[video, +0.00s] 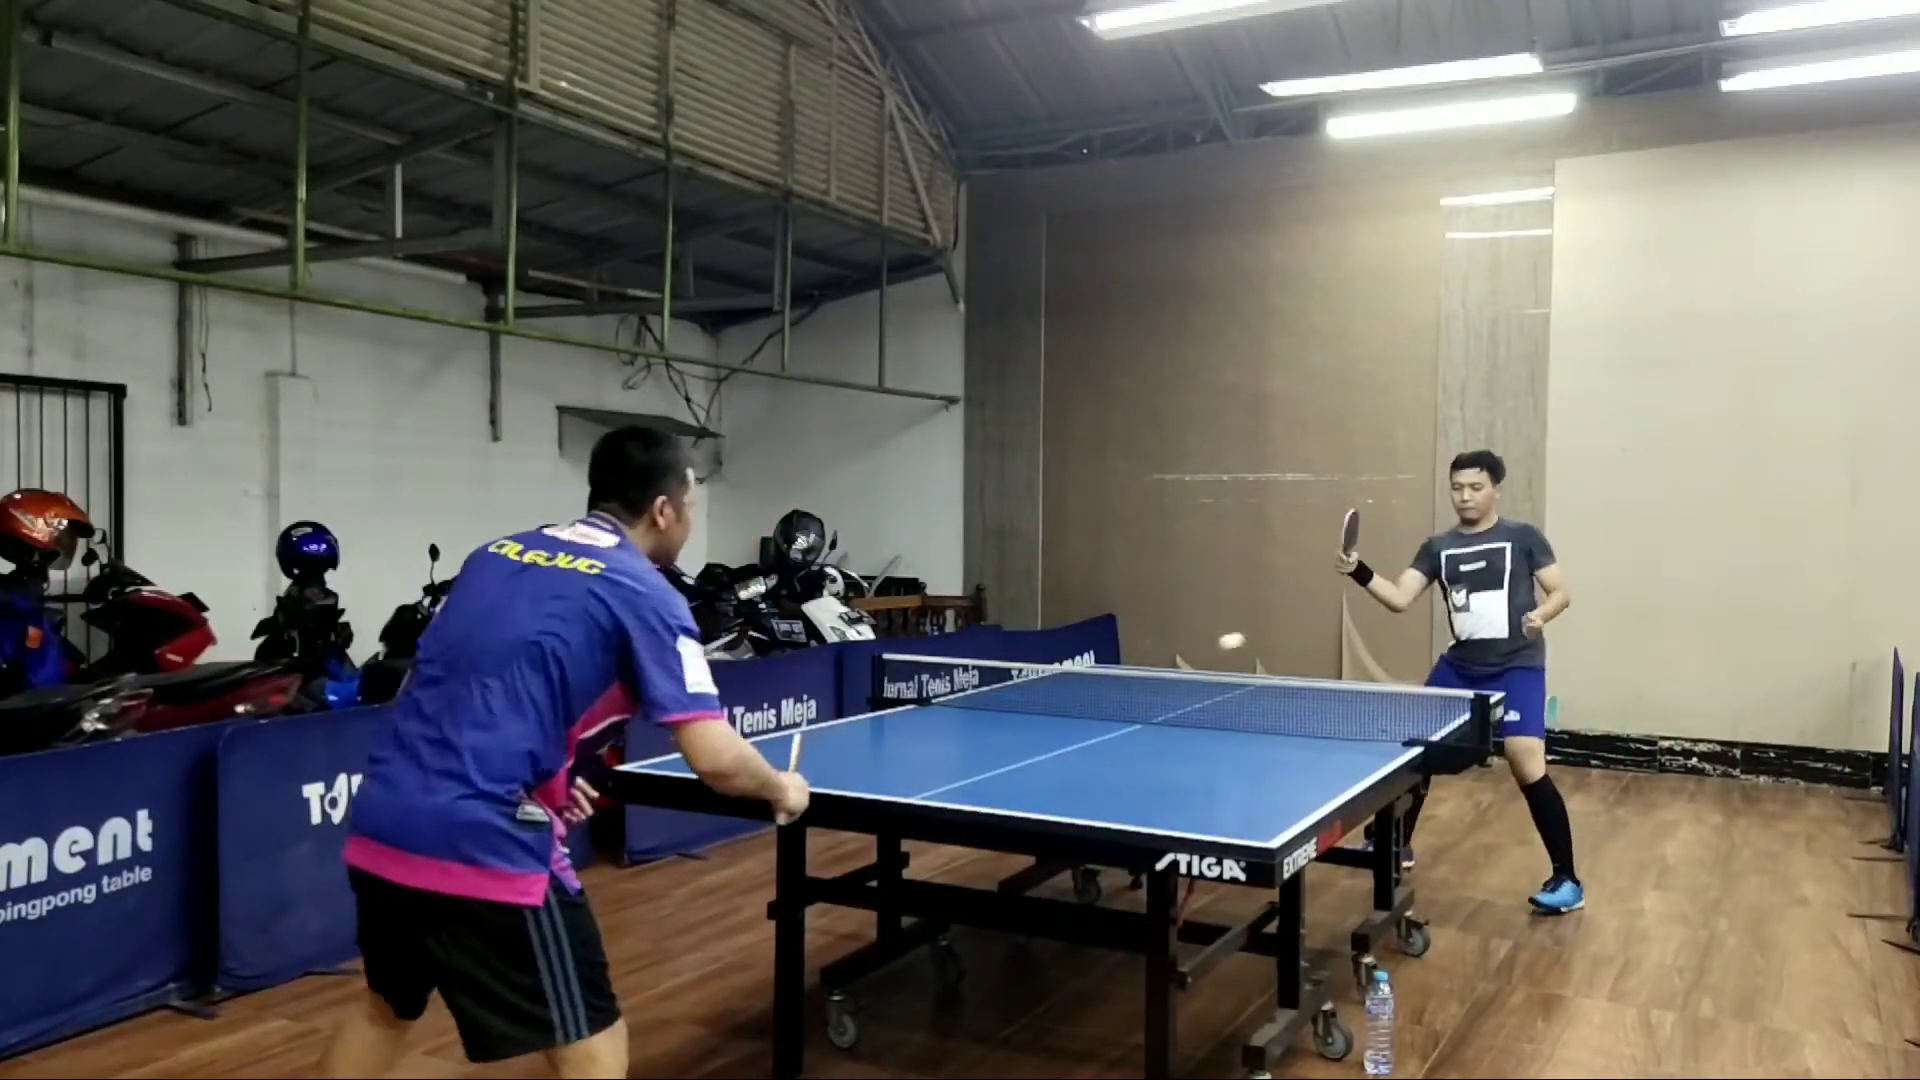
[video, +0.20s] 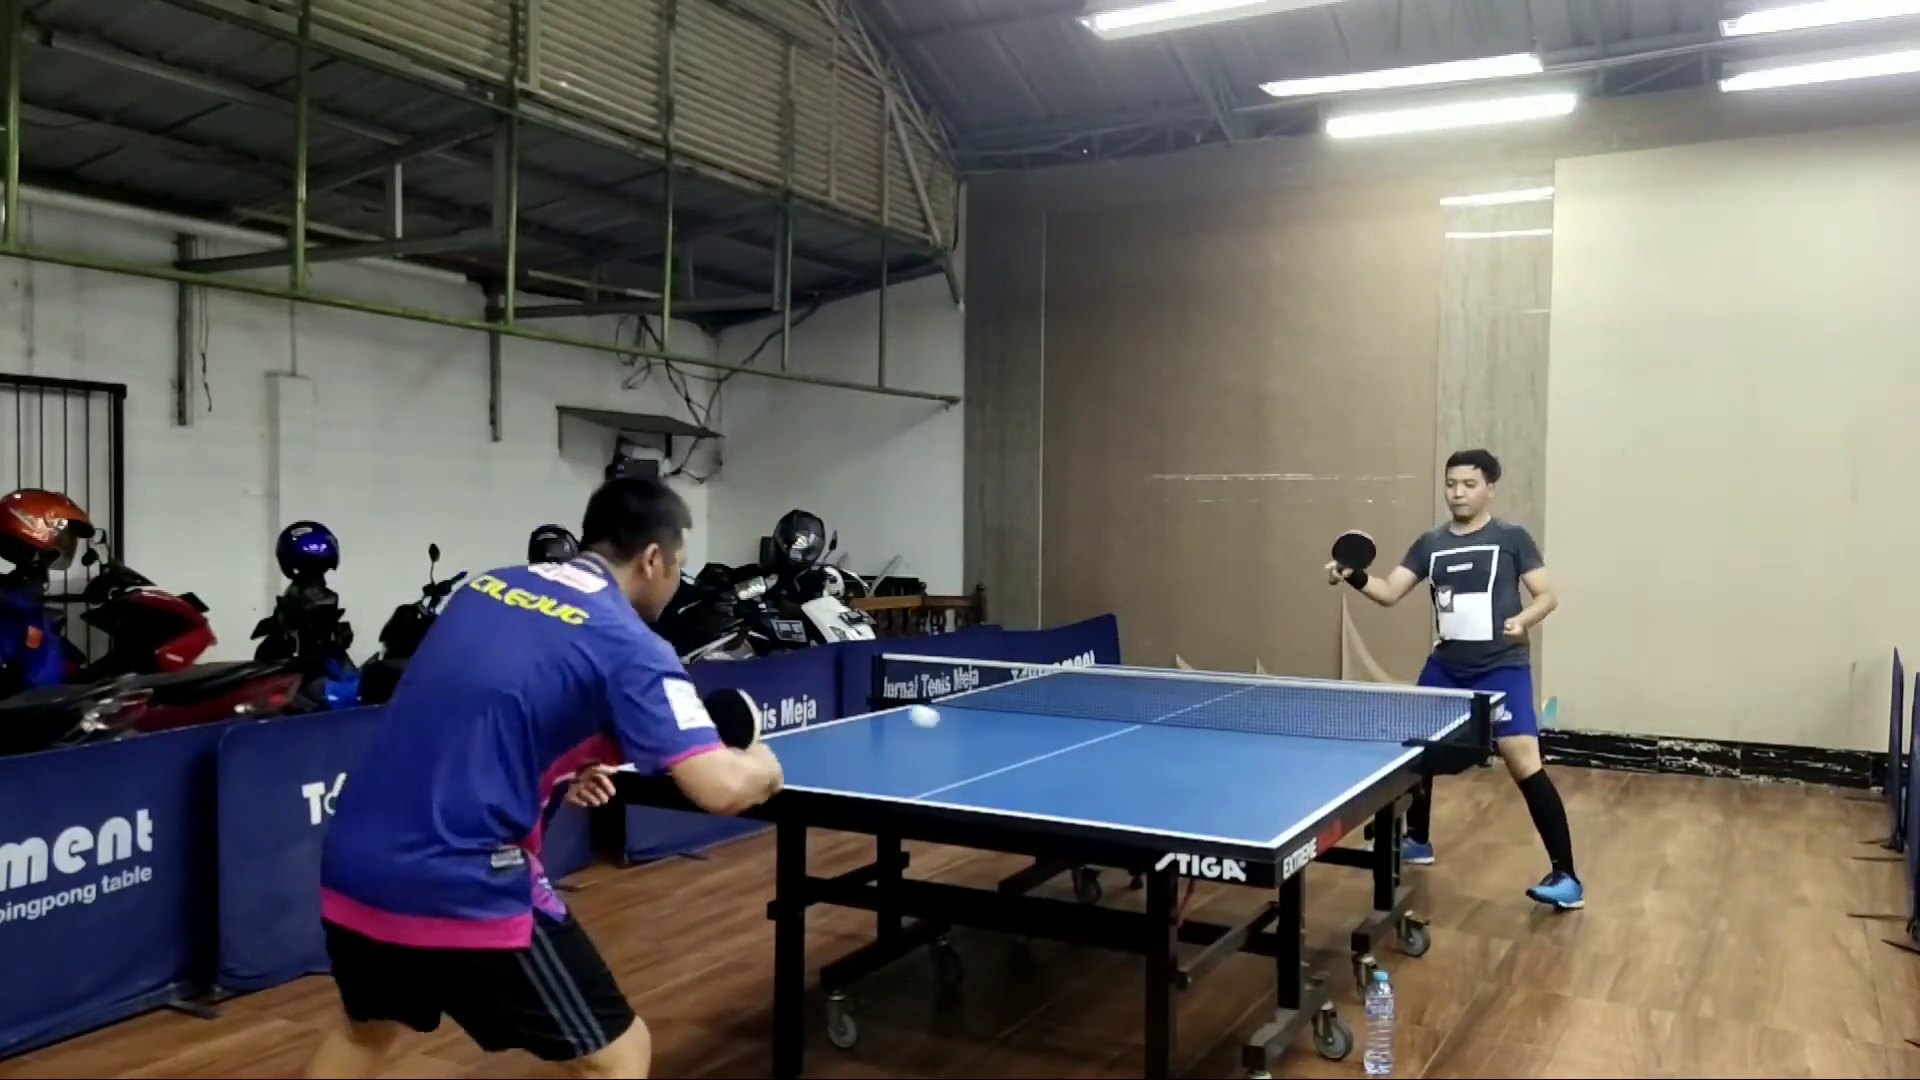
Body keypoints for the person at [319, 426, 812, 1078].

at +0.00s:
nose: (692, 519)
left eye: (691, 501)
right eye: (690, 502)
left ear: (596, 496)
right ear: (662, 509)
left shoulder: (498, 551)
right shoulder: (645, 592)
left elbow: (442, 681)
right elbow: (716, 757)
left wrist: (539, 760)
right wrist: (778, 790)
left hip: (378, 828)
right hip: (488, 845)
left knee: (382, 1006)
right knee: (592, 1043)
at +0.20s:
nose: (676, 582)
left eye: (679, 567)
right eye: (678, 566)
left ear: (592, 538)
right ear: (653, 559)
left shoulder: (484, 585)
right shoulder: (626, 641)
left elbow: (451, 718)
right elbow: (717, 789)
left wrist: (556, 766)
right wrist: (761, 768)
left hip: (353, 869)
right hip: (468, 888)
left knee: (365, 1032)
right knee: (619, 1051)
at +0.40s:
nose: (697, 584)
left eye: (697, 570)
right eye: (697, 569)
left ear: (603, 540)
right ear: (672, 560)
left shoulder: (492, 579)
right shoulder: (660, 630)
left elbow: (396, 690)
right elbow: (837, 693)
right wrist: (900, 687)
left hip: (357, 872)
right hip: (482, 894)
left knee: (349, 1042)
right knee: (630, 1056)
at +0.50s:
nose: (691, 559)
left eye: (692, 544)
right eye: (691, 544)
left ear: (595, 519)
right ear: (662, 537)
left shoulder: (486, 563)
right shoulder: (650, 608)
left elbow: (385, 675)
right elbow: (823, 666)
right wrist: (892, 652)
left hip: (353, 861)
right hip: (478, 883)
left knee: (332, 1038)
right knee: (616, 1054)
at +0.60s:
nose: (669, 542)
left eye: (671, 525)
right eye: (669, 525)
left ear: (576, 507)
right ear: (637, 522)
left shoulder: (463, 559)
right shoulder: (616, 595)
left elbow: (373, 677)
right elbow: (787, 663)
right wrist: (872, 644)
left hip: (342, 860)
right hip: (463, 877)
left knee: (315, 1046)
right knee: (602, 1053)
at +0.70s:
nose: (642, 545)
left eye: (643, 526)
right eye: (640, 526)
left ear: (544, 511)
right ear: (607, 526)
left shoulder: (437, 573)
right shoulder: (576, 599)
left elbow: (355, 687)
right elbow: (716, 684)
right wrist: (828, 665)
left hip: (323, 867)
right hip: (438, 880)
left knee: (313, 1047)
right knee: (587, 1053)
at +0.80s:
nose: (620, 534)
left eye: (620, 518)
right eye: (618, 518)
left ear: (525, 510)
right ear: (587, 523)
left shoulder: (432, 565)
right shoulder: (540, 595)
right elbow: (644, 713)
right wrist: (773, 714)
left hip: (292, 853)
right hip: (401, 867)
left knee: (304, 1045)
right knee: (542, 1058)